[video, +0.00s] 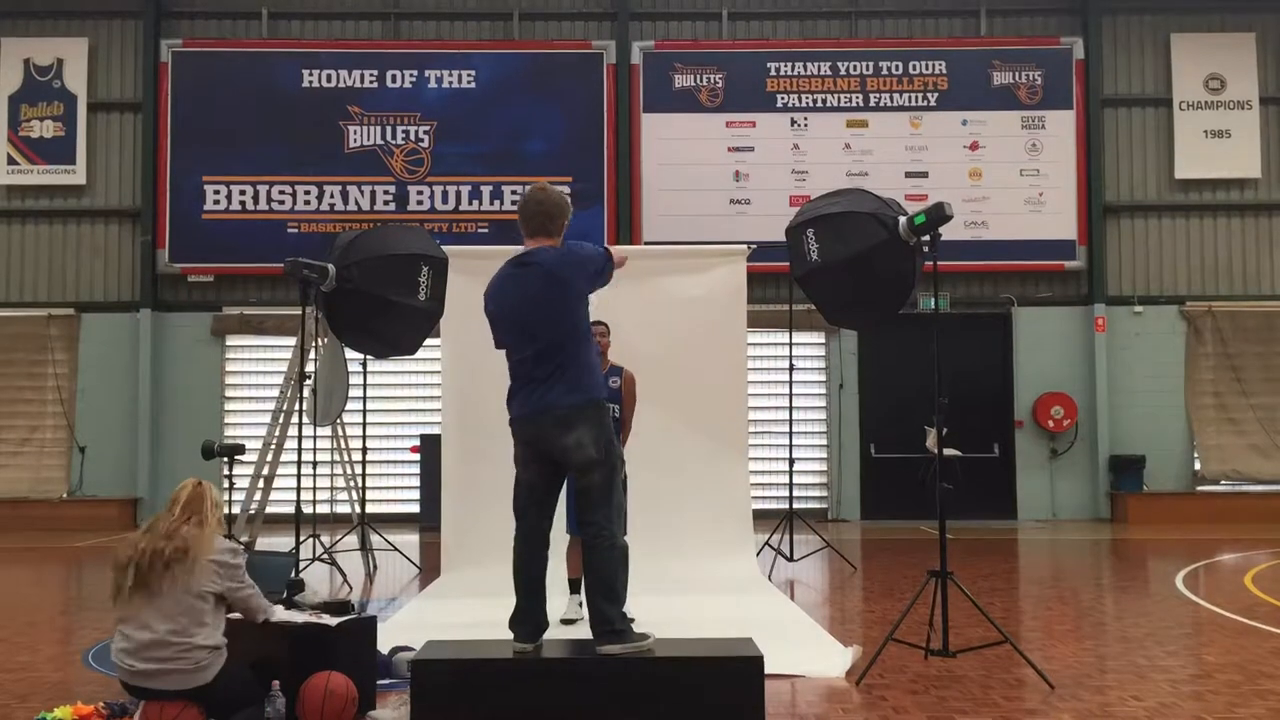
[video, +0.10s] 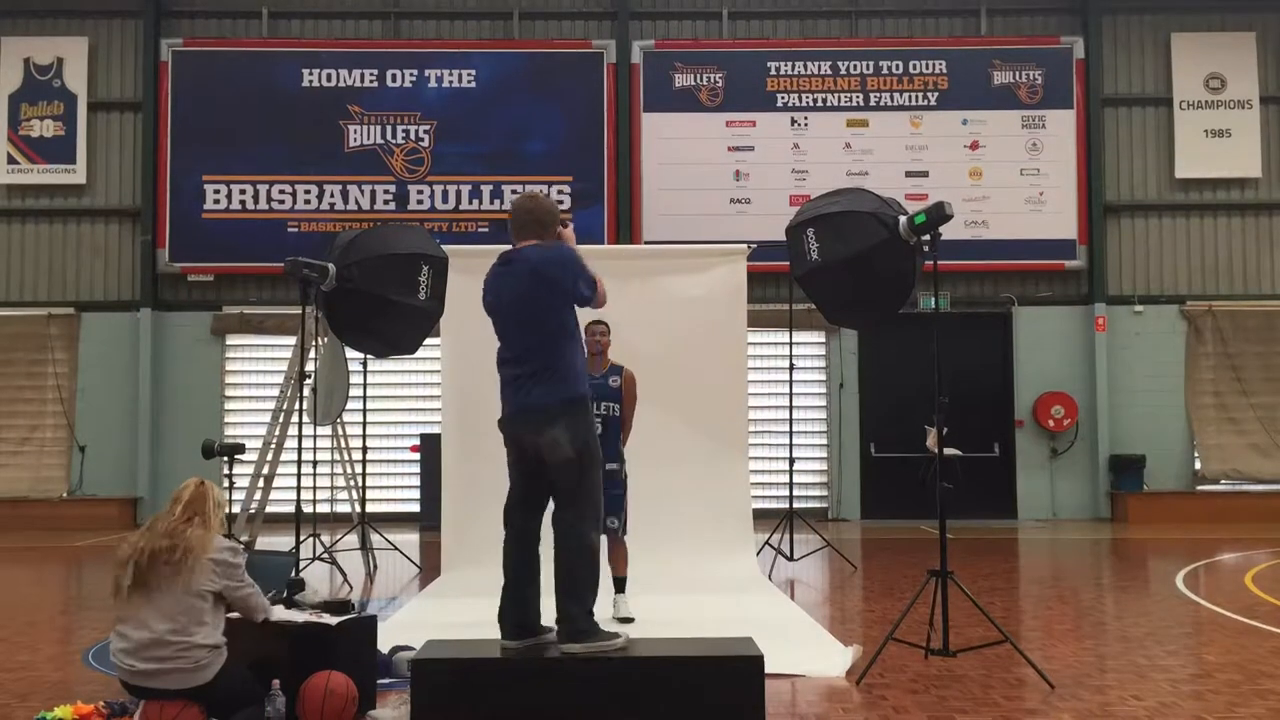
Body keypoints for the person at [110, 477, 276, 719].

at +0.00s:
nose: (222, 519)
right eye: (220, 513)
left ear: (173, 508)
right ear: (214, 514)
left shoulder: (141, 541)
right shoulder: (223, 551)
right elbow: (257, 610)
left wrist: (222, 606)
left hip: (134, 680)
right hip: (194, 680)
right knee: (253, 700)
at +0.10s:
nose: (222, 519)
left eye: (221, 512)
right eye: (221, 513)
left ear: (174, 507)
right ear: (214, 514)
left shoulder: (141, 540)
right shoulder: (222, 550)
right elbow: (258, 610)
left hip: (133, 679)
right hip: (194, 679)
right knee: (253, 701)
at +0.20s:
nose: (214, 516)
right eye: (212, 510)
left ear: (166, 506)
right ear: (205, 511)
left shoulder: (141, 541)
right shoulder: (217, 548)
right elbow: (250, 612)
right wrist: (266, 597)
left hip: (135, 678)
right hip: (193, 677)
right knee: (252, 701)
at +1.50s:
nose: (225, 514)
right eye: (222, 508)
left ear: (174, 506)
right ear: (216, 511)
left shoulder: (145, 542)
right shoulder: (225, 550)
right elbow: (259, 608)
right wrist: (277, 604)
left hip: (136, 680)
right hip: (196, 677)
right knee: (252, 700)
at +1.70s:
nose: (223, 509)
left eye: (222, 503)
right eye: (221, 504)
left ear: (176, 503)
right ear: (215, 507)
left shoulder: (149, 542)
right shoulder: (226, 546)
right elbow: (270, 575)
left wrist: (225, 607)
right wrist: (303, 571)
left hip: (137, 673)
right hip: (199, 670)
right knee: (252, 702)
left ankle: (147, 706)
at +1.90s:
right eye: (219, 505)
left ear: (169, 506)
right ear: (214, 509)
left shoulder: (141, 545)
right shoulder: (231, 555)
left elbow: (133, 612)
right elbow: (241, 635)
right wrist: (233, 665)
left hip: (138, 680)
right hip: (203, 684)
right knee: (255, 698)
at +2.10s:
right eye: (216, 511)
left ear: (169, 511)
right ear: (210, 514)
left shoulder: (143, 543)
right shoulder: (225, 552)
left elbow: (132, 608)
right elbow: (243, 628)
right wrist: (279, 614)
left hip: (140, 678)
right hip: (205, 682)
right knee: (254, 703)